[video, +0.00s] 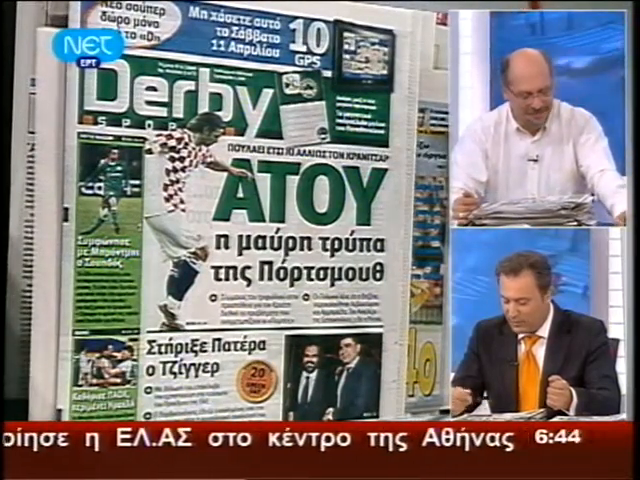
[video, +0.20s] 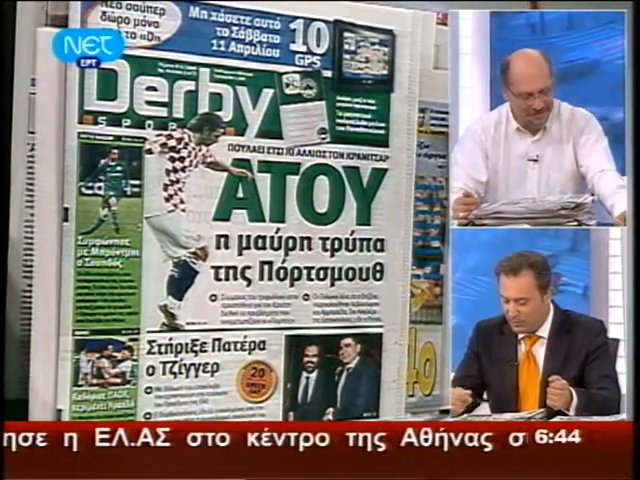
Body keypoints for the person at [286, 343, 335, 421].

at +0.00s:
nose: (310, 360)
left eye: (314, 356)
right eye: (306, 356)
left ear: (320, 359)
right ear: (302, 358)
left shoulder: (326, 377)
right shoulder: (295, 376)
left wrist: (330, 412)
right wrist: (290, 413)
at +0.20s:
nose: (309, 360)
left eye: (314, 356)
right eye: (306, 356)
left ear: (321, 359)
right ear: (302, 358)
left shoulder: (327, 377)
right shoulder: (295, 376)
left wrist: (330, 411)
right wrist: (290, 413)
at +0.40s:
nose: (310, 360)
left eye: (314, 356)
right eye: (307, 356)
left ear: (320, 359)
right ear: (302, 358)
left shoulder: (326, 377)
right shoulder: (295, 376)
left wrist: (330, 411)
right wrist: (290, 412)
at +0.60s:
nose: (310, 360)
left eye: (314, 356)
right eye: (307, 356)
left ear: (320, 359)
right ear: (302, 358)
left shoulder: (326, 377)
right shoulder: (295, 376)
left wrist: (330, 411)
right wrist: (290, 412)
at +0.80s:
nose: (310, 360)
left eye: (314, 356)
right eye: (307, 356)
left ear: (320, 359)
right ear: (302, 358)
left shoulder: (326, 377)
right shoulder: (295, 376)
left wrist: (330, 411)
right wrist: (290, 412)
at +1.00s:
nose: (310, 360)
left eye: (314, 356)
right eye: (307, 356)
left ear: (320, 359)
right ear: (302, 358)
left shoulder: (326, 377)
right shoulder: (296, 376)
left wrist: (330, 411)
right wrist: (290, 412)